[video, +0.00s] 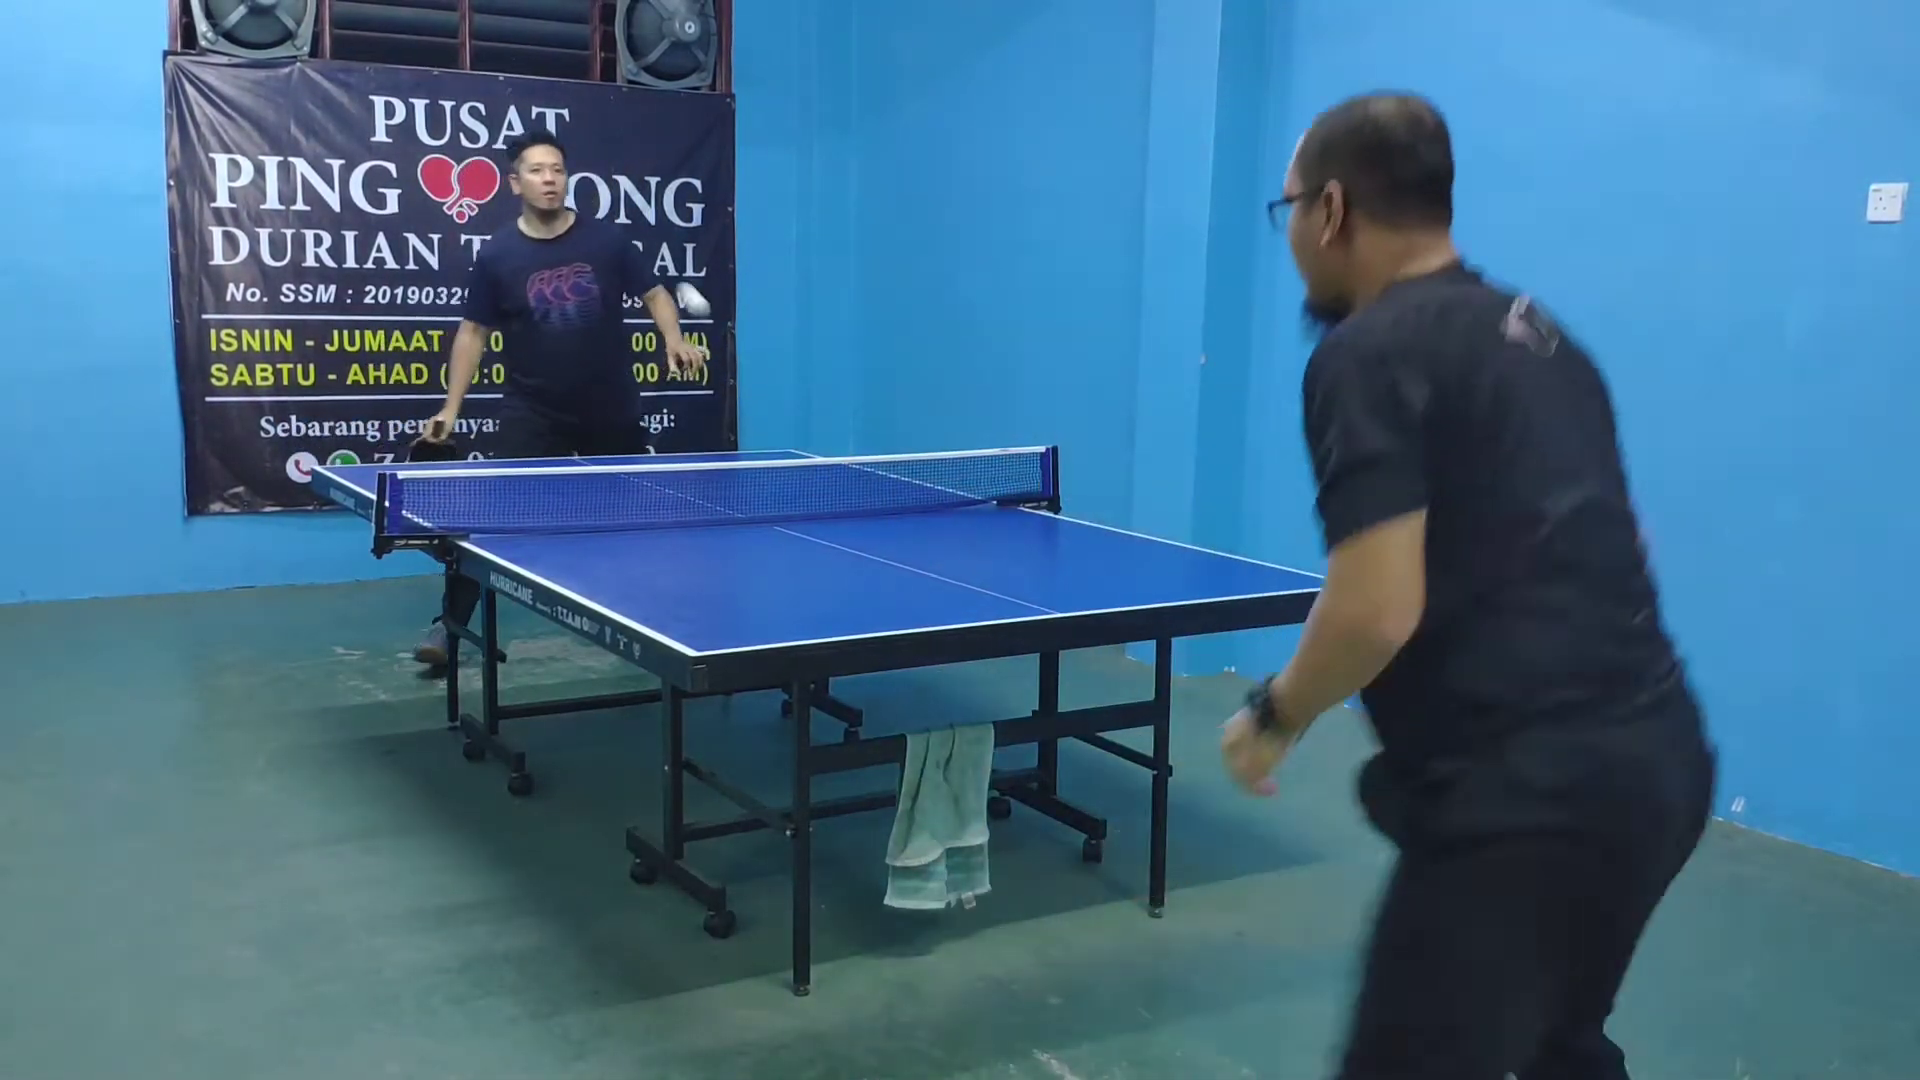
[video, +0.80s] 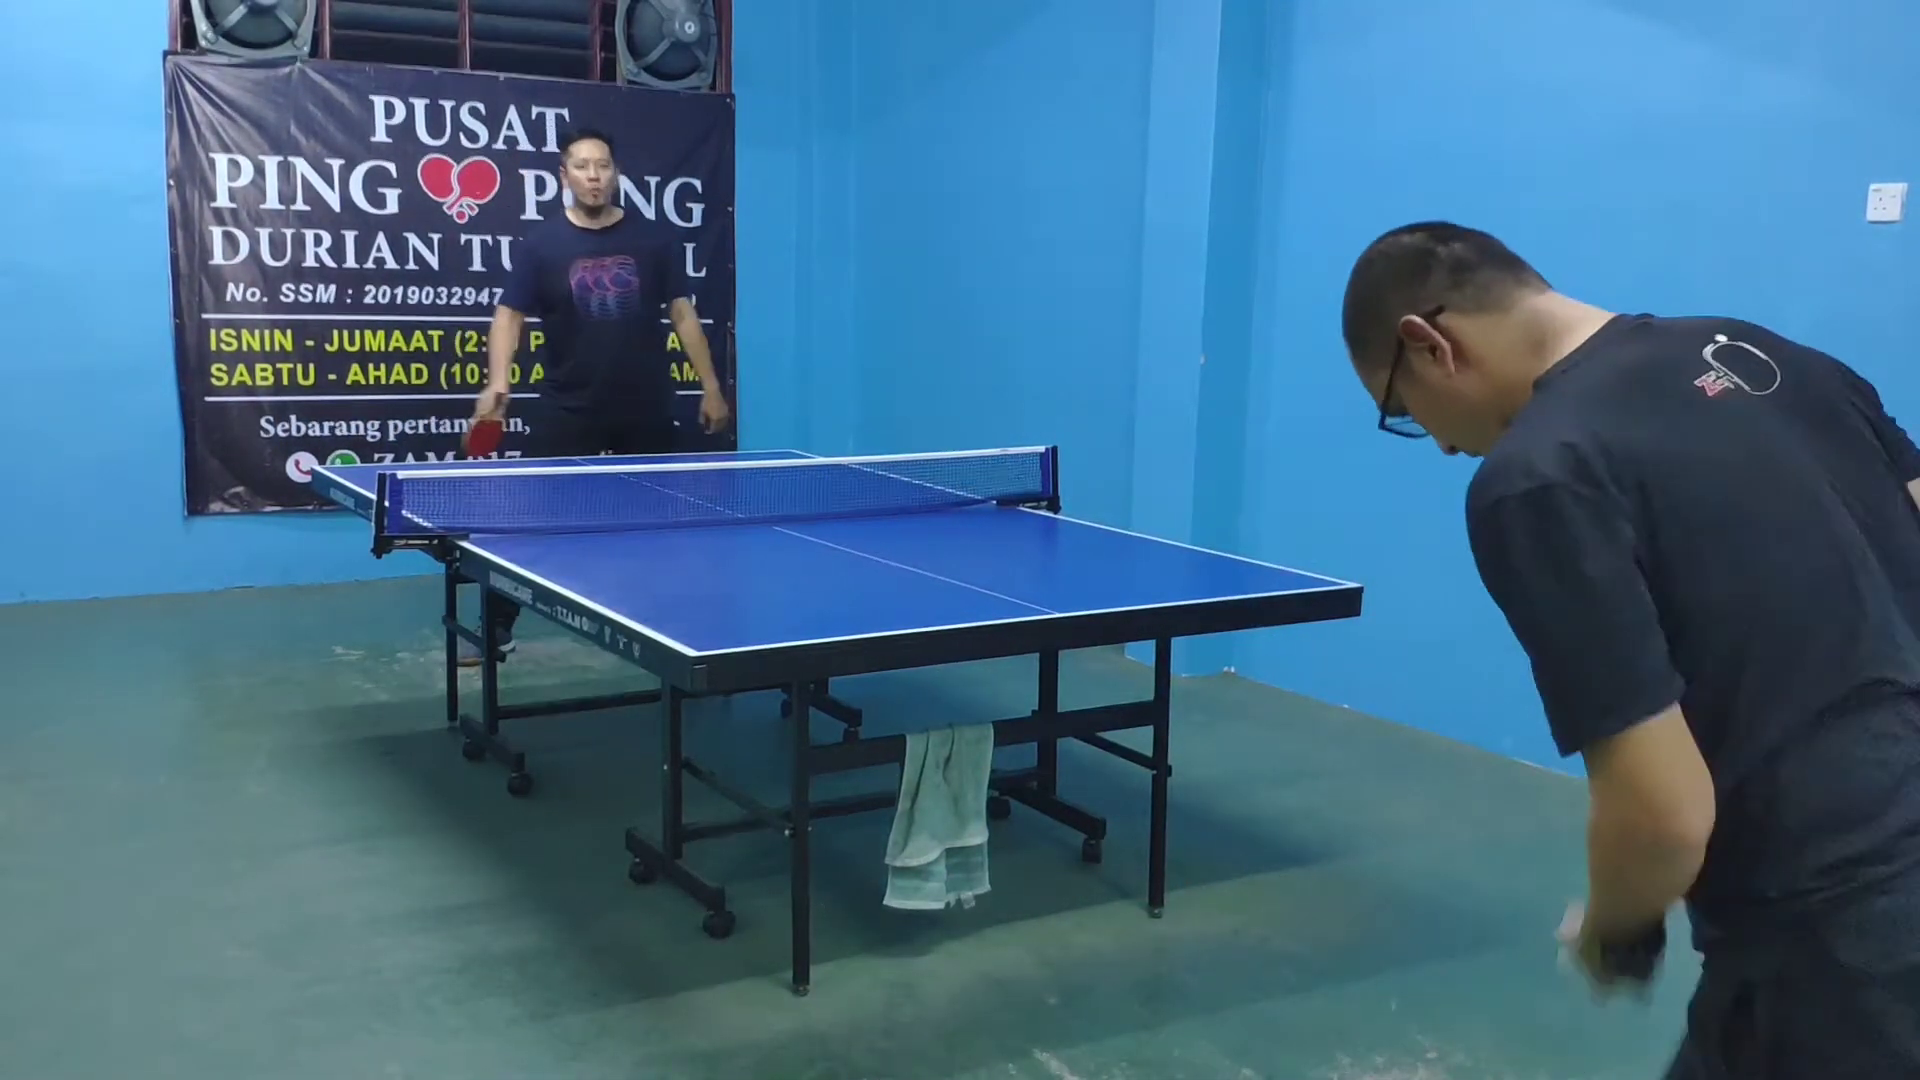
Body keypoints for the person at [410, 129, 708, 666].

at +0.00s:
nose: (549, 179)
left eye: (556, 169)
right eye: (536, 170)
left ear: (568, 178)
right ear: (515, 182)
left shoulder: (606, 239)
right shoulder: (498, 254)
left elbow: (654, 293)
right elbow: (472, 332)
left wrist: (674, 340)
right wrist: (450, 409)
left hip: (610, 408)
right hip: (534, 412)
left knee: (645, 511)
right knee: (491, 509)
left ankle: (674, 633)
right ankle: (448, 631)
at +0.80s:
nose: (593, 175)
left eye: (602, 165)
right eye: (582, 166)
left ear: (615, 172)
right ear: (565, 174)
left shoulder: (653, 237)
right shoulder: (543, 244)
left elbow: (683, 314)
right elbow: (509, 315)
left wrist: (712, 388)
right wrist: (497, 384)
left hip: (646, 408)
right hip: (569, 409)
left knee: (662, 517)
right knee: (530, 513)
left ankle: (675, 630)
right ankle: (497, 626)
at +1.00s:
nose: (609, 179)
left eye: (618, 170)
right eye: (597, 169)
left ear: (627, 179)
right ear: (576, 178)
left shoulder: (658, 240)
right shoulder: (555, 243)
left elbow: (687, 313)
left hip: (643, 397)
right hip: (575, 396)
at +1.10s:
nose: (606, 179)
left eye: (615, 169)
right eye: (594, 169)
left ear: (626, 179)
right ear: (574, 177)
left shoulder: (661, 242)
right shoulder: (551, 244)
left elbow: (688, 316)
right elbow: (550, 320)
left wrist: (658, 341)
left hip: (644, 403)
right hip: (575, 403)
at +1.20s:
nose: (607, 180)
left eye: (616, 171)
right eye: (595, 170)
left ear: (627, 179)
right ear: (574, 178)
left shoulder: (662, 242)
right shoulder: (544, 245)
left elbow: (687, 310)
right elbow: (515, 316)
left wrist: (653, 360)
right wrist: (539, 369)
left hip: (642, 394)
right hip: (570, 393)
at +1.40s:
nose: (614, 186)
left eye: (623, 177)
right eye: (603, 176)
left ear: (634, 184)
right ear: (581, 182)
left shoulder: (662, 246)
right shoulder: (552, 245)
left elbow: (690, 315)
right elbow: (514, 313)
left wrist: (672, 345)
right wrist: (522, 358)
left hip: (646, 406)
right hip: (570, 406)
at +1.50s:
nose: (620, 190)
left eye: (629, 181)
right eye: (609, 180)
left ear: (640, 186)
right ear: (588, 184)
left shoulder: (667, 248)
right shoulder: (556, 248)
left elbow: (694, 317)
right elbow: (517, 314)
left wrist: (680, 350)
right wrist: (526, 350)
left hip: (648, 413)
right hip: (572, 414)